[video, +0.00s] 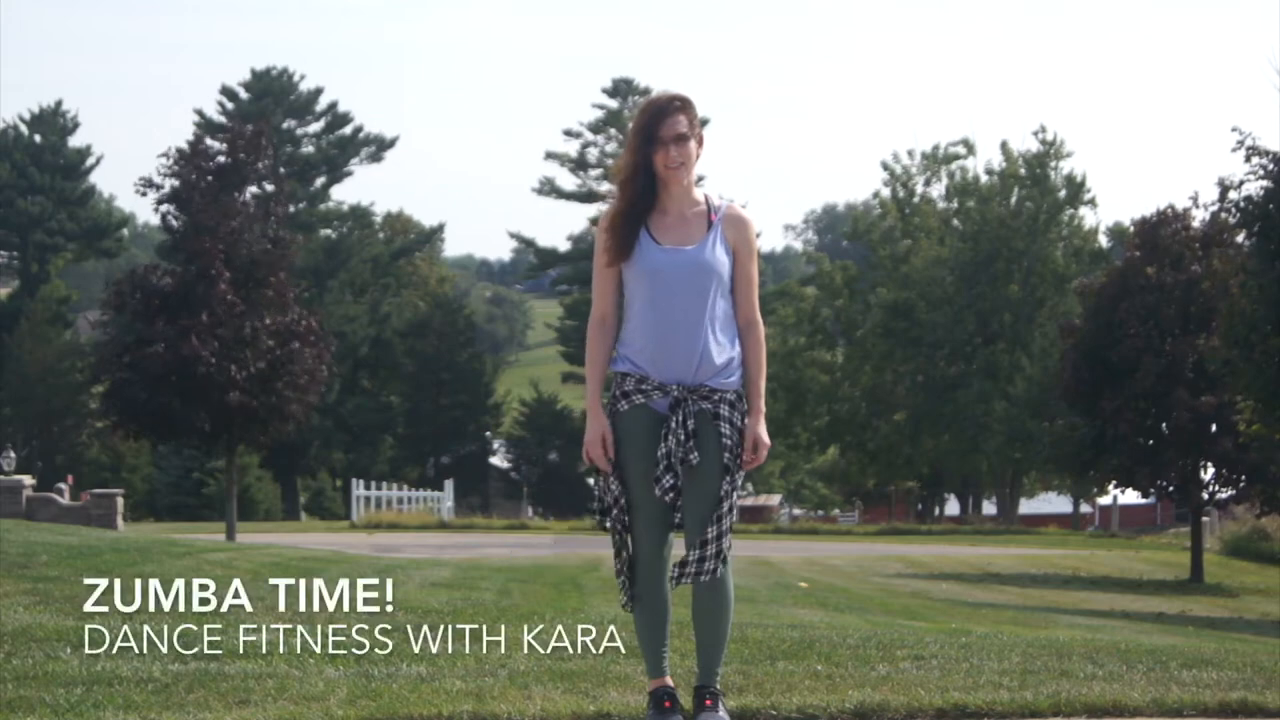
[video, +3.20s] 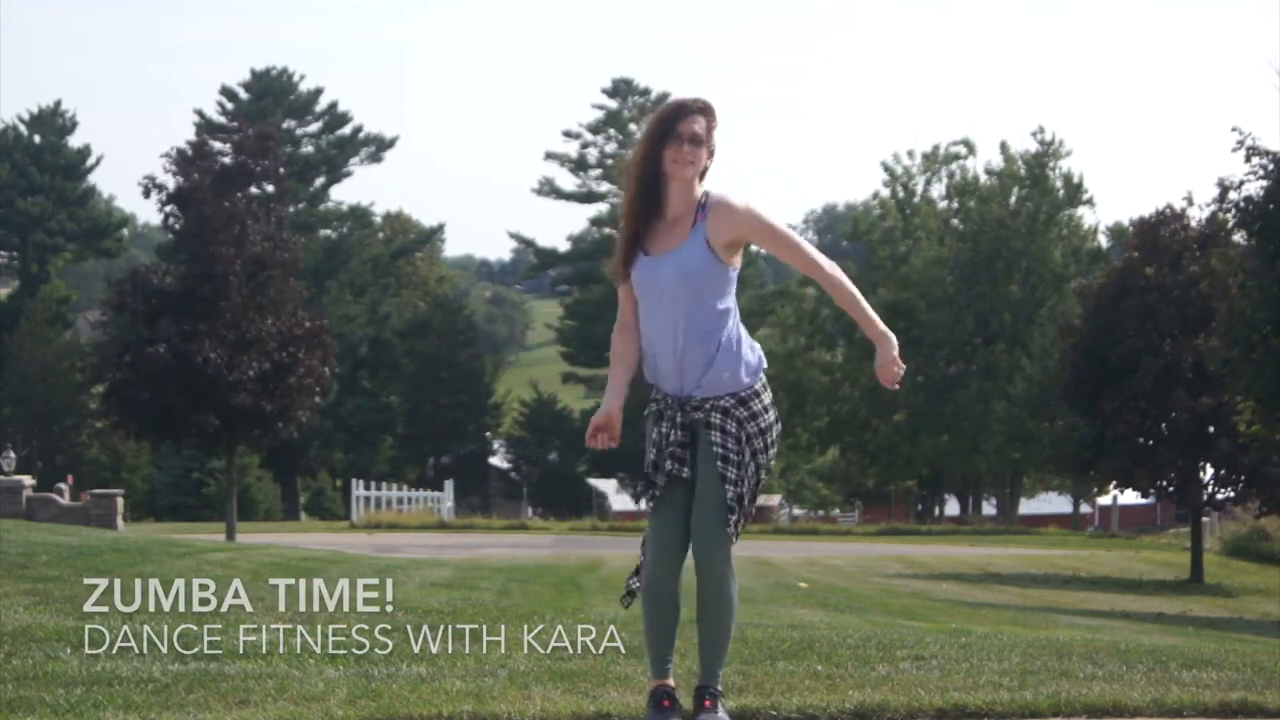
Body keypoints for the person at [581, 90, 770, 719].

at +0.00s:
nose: (675, 150)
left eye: (685, 139)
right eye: (663, 141)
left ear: (700, 145)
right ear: (646, 150)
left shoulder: (732, 223)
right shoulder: (619, 224)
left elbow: (751, 323)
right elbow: (601, 321)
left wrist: (757, 410)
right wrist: (593, 408)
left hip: (716, 395)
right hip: (638, 392)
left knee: (710, 546)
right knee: (648, 545)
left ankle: (709, 690)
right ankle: (659, 684)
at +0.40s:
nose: (677, 151)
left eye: (685, 139)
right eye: (664, 143)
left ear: (701, 144)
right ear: (647, 156)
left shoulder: (738, 222)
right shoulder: (632, 226)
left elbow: (745, 312)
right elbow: (570, 302)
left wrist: (740, 391)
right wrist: (509, 374)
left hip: (704, 398)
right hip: (634, 392)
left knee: (696, 545)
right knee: (646, 541)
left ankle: (707, 692)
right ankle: (660, 686)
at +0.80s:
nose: (685, 164)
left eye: (693, 154)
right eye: (673, 154)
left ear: (702, 156)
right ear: (649, 158)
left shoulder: (726, 216)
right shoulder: (635, 238)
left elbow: (805, 287)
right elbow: (572, 321)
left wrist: (785, 373)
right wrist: (485, 348)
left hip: (705, 404)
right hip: (638, 398)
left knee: (689, 554)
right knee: (646, 550)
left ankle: (706, 694)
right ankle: (657, 686)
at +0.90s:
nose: (689, 162)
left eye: (696, 151)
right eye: (677, 152)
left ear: (705, 154)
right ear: (649, 155)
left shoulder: (725, 215)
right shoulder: (626, 233)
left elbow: (818, 268)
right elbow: (575, 319)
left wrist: (844, 352)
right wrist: (499, 359)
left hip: (712, 401)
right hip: (645, 397)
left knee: (694, 547)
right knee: (642, 547)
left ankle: (707, 693)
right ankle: (656, 685)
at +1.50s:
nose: (704, 169)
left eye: (713, 159)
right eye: (694, 157)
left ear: (721, 166)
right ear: (669, 160)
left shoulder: (722, 243)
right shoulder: (633, 226)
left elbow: (784, 322)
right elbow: (586, 302)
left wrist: (868, 307)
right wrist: (592, 381)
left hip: (739, 408)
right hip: (671, 410)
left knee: (728, 559)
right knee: (693, 557)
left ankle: (712, 691)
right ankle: (667, 691)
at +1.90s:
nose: (715, 156)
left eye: (724, 146)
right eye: (703, 147)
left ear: (737, 154)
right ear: (684, 156)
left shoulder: (730, 232)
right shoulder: (664, 219)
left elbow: (750, 333)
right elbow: (594, 289)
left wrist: (817, 382)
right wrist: (569, 382)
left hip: (711, 408)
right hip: (663, 402)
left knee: (723, 551)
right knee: (692, 545)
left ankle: (711, 694)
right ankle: (664, 694)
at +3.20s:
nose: (688, 150)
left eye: (699, 142)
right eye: (678, 138)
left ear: (710, 153)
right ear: (655, 147)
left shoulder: (726, 216)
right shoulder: (638, 234)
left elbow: (818, 267)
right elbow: (627, 328)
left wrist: (883, 337)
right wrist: (614, 400)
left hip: (730, 403)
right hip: (669, 405)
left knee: (710, 547)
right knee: (662, 550)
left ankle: (708, 693)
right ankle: (661, 687)